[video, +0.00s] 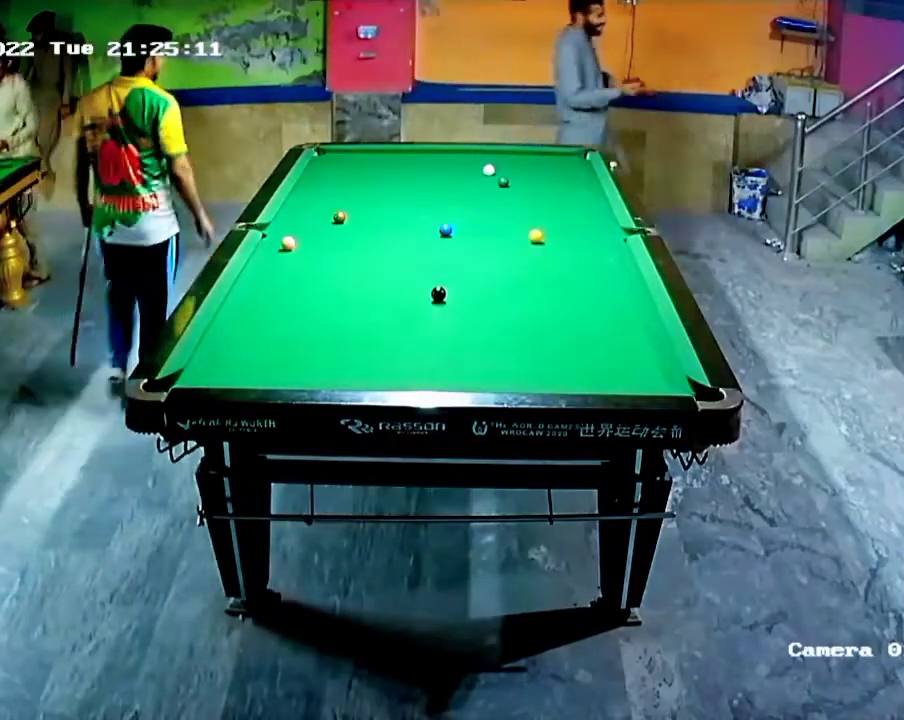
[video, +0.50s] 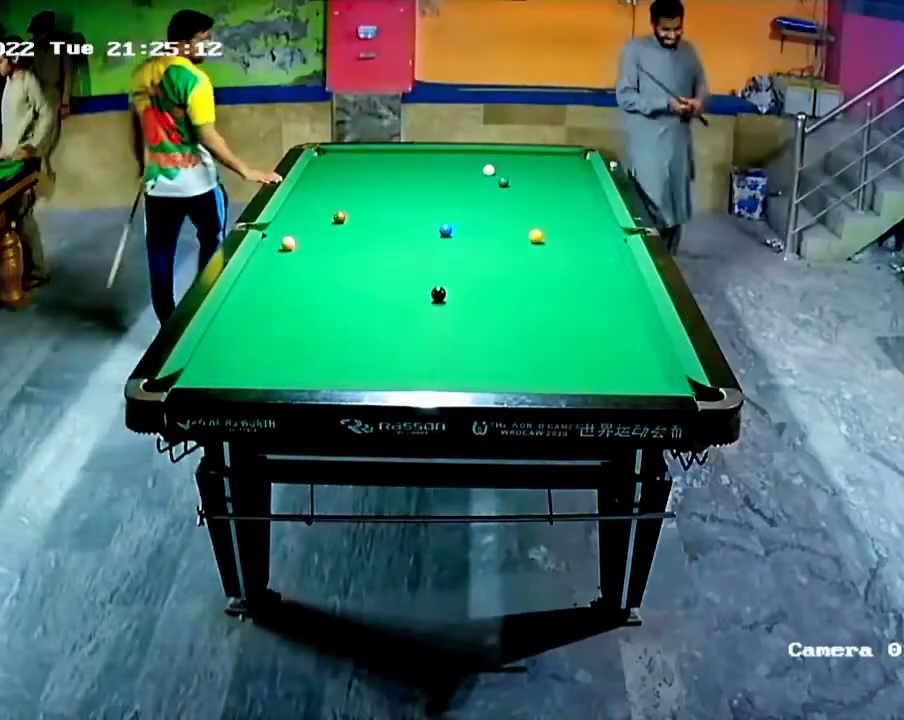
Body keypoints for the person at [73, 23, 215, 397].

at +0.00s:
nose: (162, 63)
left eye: (162, 56)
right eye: (161, 56)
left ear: (125, 57)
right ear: (151, 59)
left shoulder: (91, 100)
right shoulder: (162, 104)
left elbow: (81, 161)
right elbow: (179, 167)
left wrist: (85, 206)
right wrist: (200, 215)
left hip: (109, 219)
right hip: (153, 221)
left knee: (119, 290)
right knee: (155, 302)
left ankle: (118, 366)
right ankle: (150, 374)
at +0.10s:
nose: (175, 61)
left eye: (175, 54)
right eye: (172, 54)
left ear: (137, 54)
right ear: (158, 57)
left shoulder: (104, 96)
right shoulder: (170, 100)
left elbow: (97, 158)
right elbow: (191, 161)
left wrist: (98, 206)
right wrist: (198, 180)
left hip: (123, 213)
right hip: (162, 216)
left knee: (139, 288)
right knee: (163, 295)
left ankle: (158, 355)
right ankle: (151, 370)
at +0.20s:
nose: (180, 60)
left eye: (180, 53)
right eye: (177, 53)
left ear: (142, 55)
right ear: (160, 57)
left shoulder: (109, 96)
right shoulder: (172, 99)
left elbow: (103, 157)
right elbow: (195, 157)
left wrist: (103, 204)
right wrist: (199, 169)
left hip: (128, 212)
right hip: (167, 215)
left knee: (148, 290)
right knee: (166, 295)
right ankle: (151, 370)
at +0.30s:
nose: (187, 55)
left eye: (187, 48)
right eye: (183, 49)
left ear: (151, 52)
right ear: (167, 52)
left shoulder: (120, 89)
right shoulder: (178, 91)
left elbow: (116, 150)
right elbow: (199, 150)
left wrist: (115, 193)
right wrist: (222, 163)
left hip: (139, 199)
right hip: (174, 202)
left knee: (155, 271)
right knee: (177, 276)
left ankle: (169, 338)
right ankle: (162, 349)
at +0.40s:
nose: (195, 50)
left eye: (195, 43)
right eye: (190, 44)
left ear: (156, 47)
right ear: (172, 47)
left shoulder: (124, 83)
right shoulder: (181, 86)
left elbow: (121, 142)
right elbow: (201, 145)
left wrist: (121, 185)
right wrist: (236, 164)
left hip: (142, 191)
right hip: (179, 193)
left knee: (154, 260)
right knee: (195, 255)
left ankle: (164, 325)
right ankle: (171, 323)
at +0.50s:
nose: (206, 46)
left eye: (206, 40)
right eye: (202, 40)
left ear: (173, 40)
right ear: (186, 42)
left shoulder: (142, 73)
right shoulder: (195, 79)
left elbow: (137, 128)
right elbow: (207, 134)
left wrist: (144, 166)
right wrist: (247, 171)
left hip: (159, 187)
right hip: (198, 185)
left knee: (160, 262)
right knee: (212, 246)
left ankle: (168, 329)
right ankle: (208, 315)